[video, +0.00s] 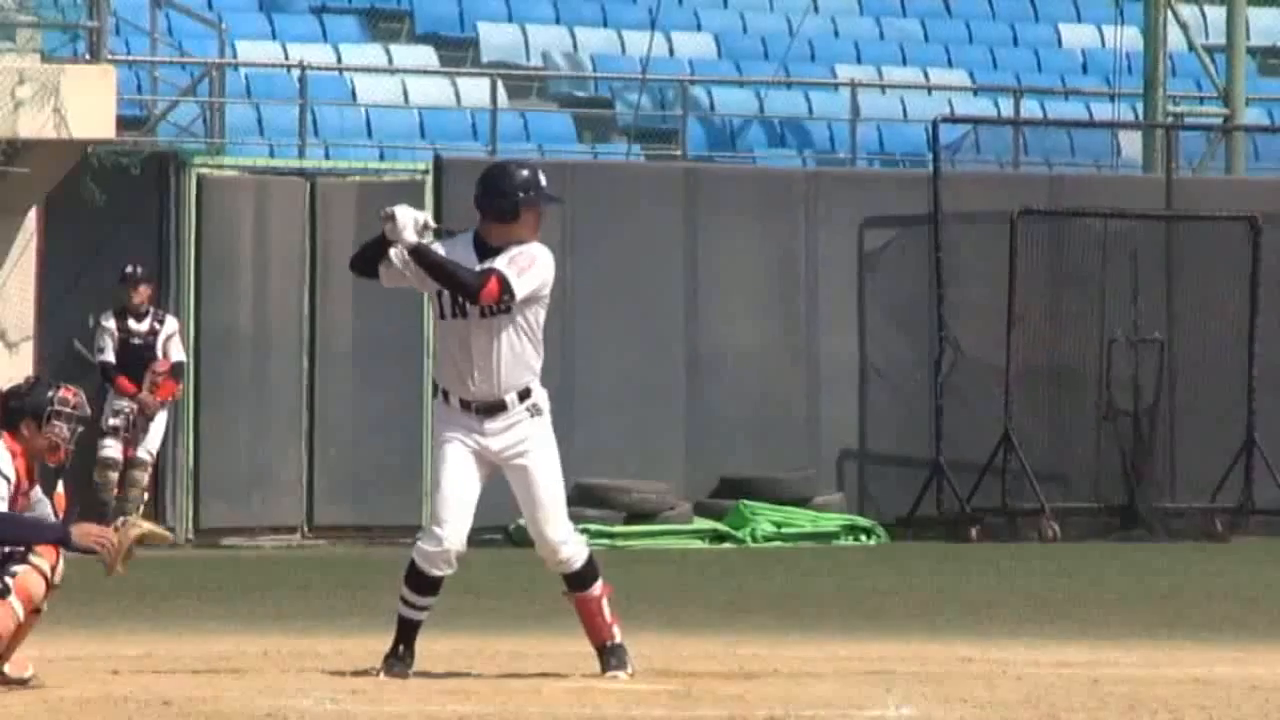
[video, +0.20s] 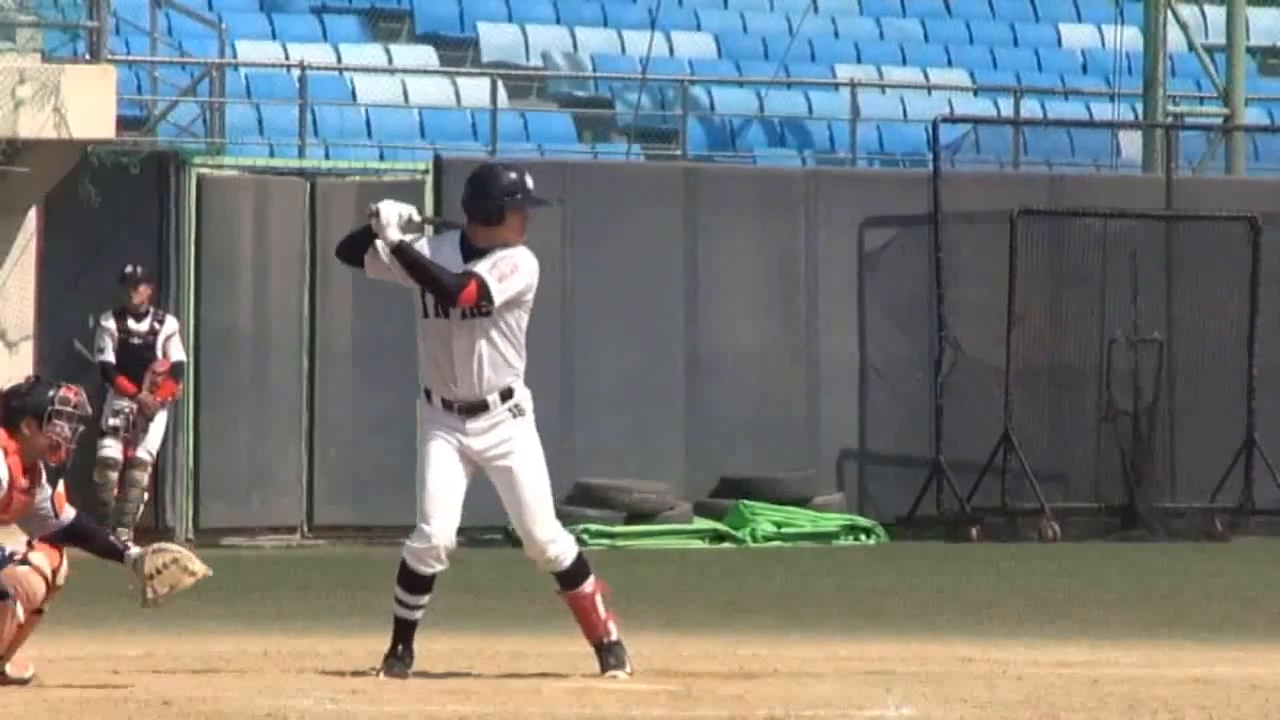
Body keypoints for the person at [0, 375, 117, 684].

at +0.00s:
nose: (63, 435)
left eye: (68, 426)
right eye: (55, 425)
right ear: (27, 427)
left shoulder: (24, 462)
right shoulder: (4, 459)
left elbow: (46, 527)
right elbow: (4, 526)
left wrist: (101, 543)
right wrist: (65, 534)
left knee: (48, 559)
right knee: (27, 580)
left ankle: (4, 659)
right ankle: (3, 660)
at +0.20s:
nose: (63, 434)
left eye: (67, 425)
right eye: (54, 424)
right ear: (26, 426)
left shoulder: (33, 468)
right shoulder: (5, 466)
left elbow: (64, 523)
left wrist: (130, 556)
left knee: (51, 562)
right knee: (24, 581)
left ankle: (4, 659)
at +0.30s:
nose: (66, 433)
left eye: (69, 424)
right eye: (56, 424)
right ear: (27, 426)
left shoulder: (38, 475)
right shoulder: (5, 469)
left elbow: (74, 526)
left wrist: (142, 557)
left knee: (51, 564)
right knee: (26, 578)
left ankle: (5, 659)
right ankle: (5, 659)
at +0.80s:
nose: (75, 440)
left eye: (79, 431)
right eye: (67, 430)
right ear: (37, 433)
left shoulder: (41, 477)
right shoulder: (5, 469)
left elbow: (81, 528)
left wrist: (147, 561)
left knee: (51, 565)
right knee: (28, 579)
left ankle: (4, 660)